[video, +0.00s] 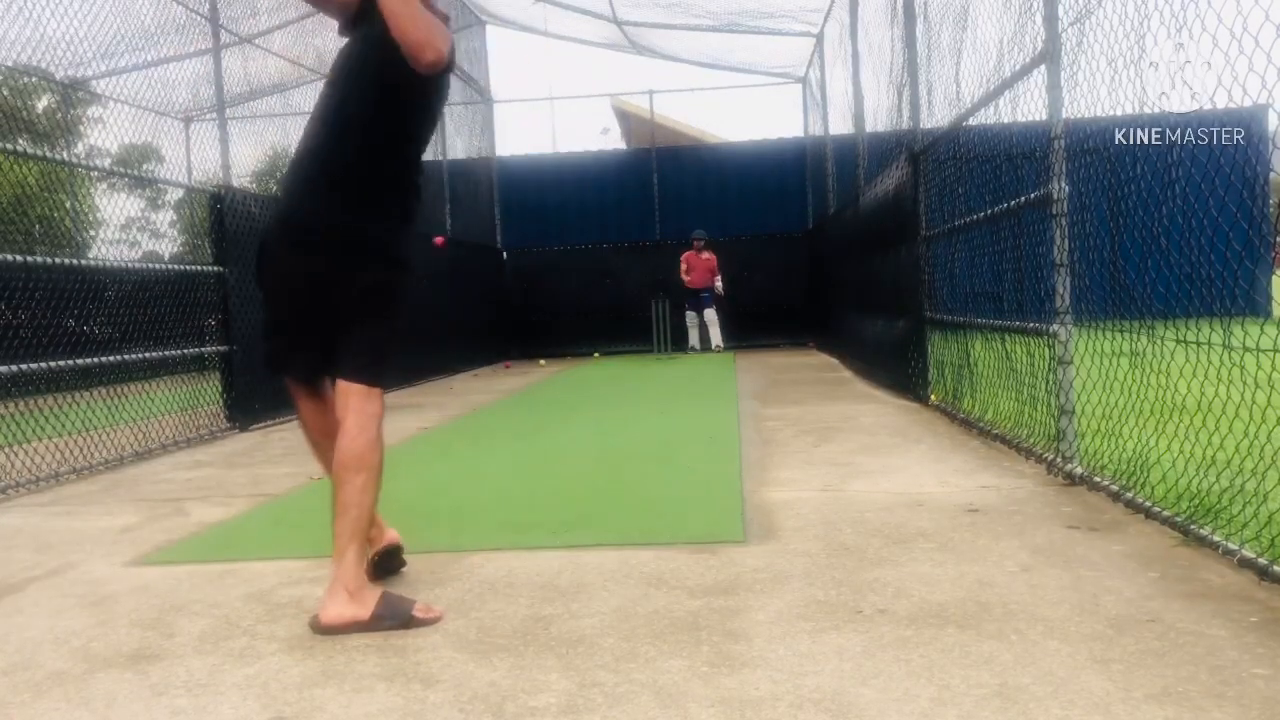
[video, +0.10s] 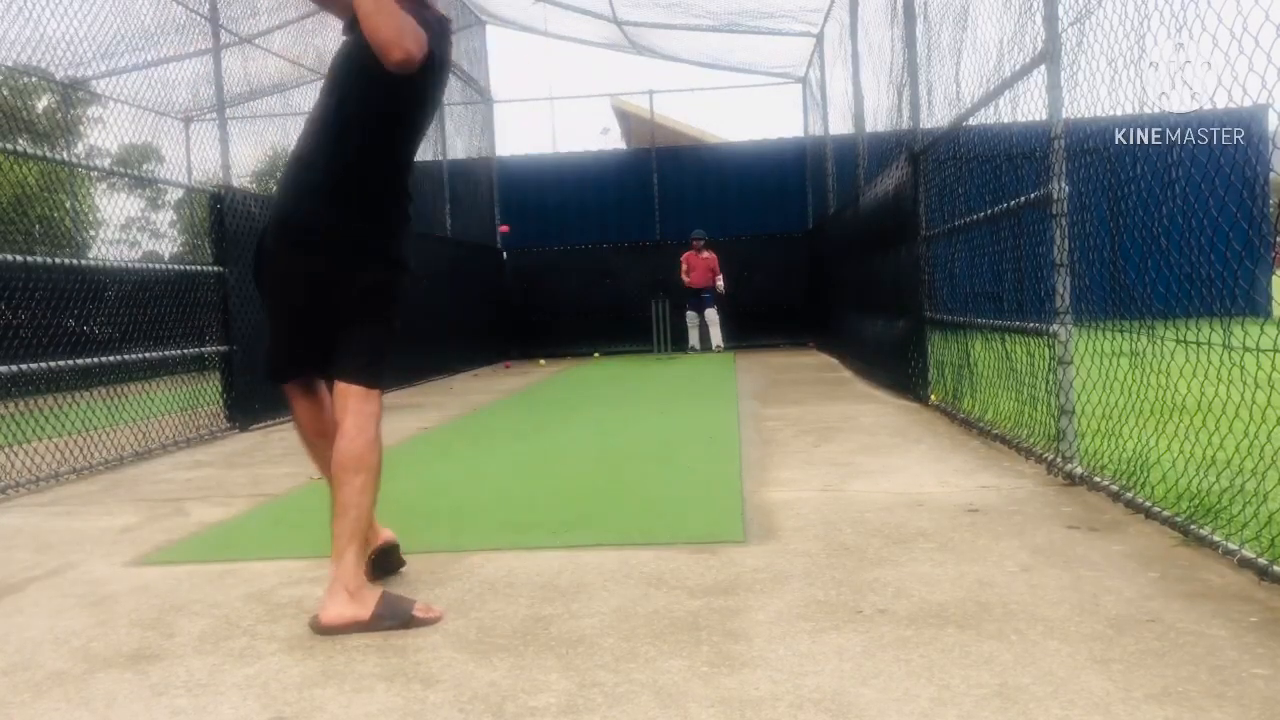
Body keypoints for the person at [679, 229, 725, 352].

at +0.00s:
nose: (697, 243)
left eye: (700, 240)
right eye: (695, 240)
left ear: (704, 242)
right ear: (692, 242)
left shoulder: (710, 256)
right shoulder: (686, 256)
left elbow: (716, 273)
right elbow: (682, 271)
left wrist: (718, 283)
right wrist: (686, 278)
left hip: (707, 289)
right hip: (691, 289)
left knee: (710, 315)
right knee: (691, 318)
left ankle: (717, 344)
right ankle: (693, 345)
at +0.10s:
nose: (696, 243)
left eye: (699, 240)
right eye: (694, 240)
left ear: (704, 241)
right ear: (691, 242)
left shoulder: (711, 256)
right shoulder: (686, 257)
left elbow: (717, 274)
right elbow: (683, 272)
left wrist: (719, 283)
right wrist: (686, 279)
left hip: (707, 289)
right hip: (692, 289)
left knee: (711, 315)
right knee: (691, 317)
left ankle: (717, 344)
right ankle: (693, 345)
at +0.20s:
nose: (696, 245)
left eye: (699, 242)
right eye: (694, 242)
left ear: (704, 243)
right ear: (691, 244)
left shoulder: (712, 258)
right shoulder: (687, 259)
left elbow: (719, 274)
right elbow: (685, 273)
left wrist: (719, 285)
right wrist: (685, 281)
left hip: (709, 291)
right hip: (693, 291)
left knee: (714, 315)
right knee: (691, 317)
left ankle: (718, 344)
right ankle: (693, 346)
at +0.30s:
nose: (696, 248)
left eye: (699, 245)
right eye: (694, 245)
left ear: (704, 245)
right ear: (692, 247)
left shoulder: (714, 259)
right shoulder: (690, 261)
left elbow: (721, 275)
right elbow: (688, 278)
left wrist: (717, 283)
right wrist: (687, 275)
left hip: (710, 292)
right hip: (696, 293)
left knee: (716, 314)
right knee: (690, 317)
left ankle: (725, 343)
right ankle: (693, 346)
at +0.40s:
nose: (698, 251)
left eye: (701, 248)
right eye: (696, 248)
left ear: (706, 248)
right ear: (694, 250)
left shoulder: (717, 260)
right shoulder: (694, 264)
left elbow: (724, 278)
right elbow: (695, 279)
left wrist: (716, 284)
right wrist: (688, 272)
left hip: (715, 293)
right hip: (701, 294)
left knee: (722, 313)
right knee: (692, 317)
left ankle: (734, 343)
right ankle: (693, 346)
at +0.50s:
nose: (701, 255)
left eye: (703, 252)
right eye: (700, 253)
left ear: (710, 251)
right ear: (699, 255)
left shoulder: (723, 261)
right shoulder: (700, 268)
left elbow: (732, 277)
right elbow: (697, 283)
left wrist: (725, 285)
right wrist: (684, 284)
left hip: (723, 295)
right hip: (709, 296)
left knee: (729, 314)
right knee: (698, 318)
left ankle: (738, 345)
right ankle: (694, 347)